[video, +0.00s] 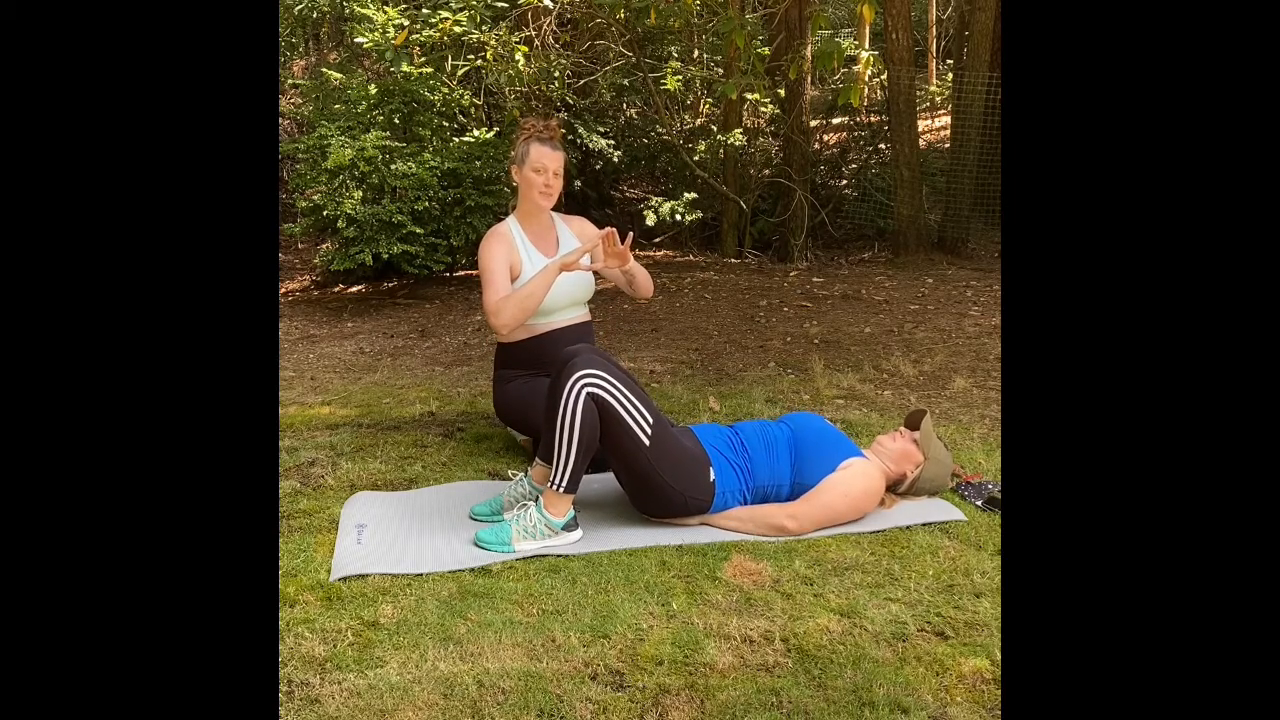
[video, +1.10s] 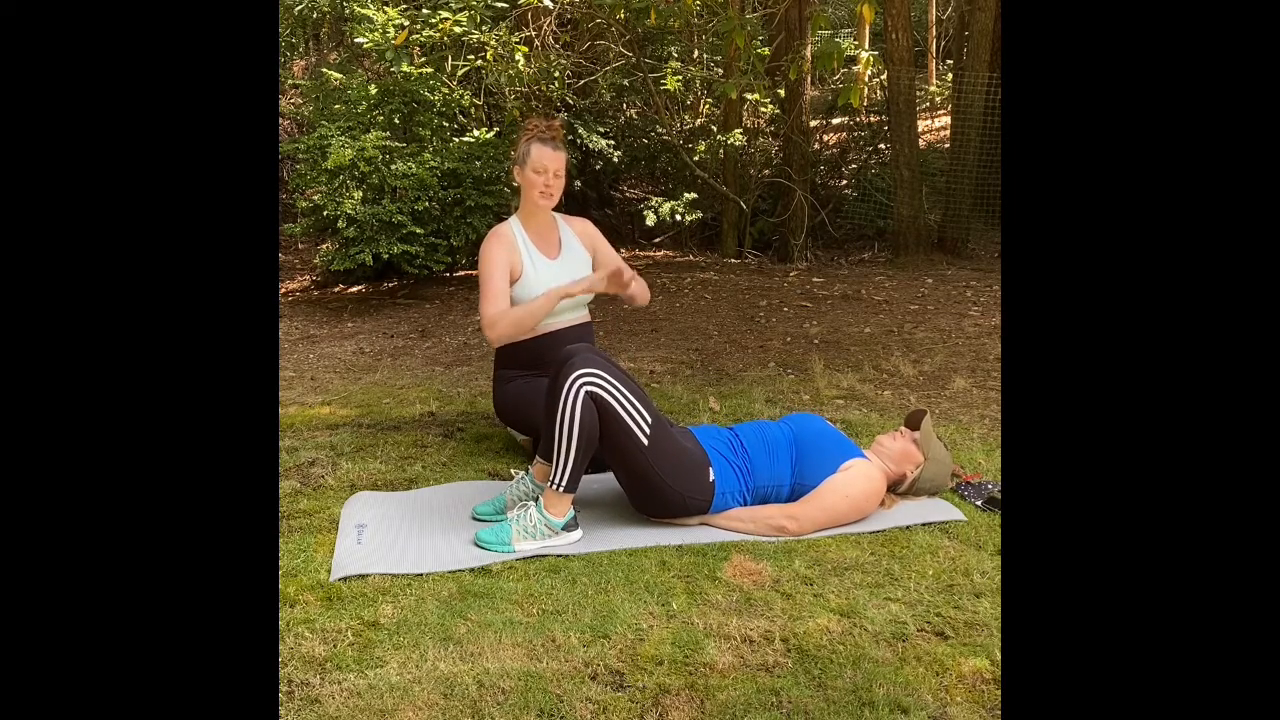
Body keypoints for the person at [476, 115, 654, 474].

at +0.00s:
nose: (550, 182)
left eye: (557, 174)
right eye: (539, 171)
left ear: (564, 179)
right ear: (516, 174)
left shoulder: (579, 229)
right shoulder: (498, 242)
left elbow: (644, 292)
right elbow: (501, 321)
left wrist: (629, 269)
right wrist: (554, 267)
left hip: (583, 364)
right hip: (523, 377)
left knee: (641, 441)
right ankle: (540, 452)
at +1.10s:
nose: (549, 183)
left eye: (558, 175)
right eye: (539, 172)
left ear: (565, 180)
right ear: (518, 174)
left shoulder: (581, 230)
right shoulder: (500, 242)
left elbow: (641, 297)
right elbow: (495, 330)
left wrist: (628, 286)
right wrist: (561, 292)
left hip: (585, 366)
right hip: (523, 379)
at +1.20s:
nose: (549, 181)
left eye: (558, 173)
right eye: (539, 171)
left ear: (565, 179)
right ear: (518, 174)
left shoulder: (583, 231)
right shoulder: (502, 242)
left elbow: (626, 289)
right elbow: (491, 336)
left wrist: (629, 302)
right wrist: (564, 320)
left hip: (581, 368)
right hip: (521, 381)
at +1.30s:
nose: (551, 181)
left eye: (559, 172)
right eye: (540, 170)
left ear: (566, 178)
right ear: (519, 175)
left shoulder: (584, 232)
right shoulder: (503, 243)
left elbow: (620, 299)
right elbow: (491, 342)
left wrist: (625, 337)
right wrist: (569, 355)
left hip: (586, 367)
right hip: (523, 377)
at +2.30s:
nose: (563, 187)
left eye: (571, 177)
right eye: (553, 176)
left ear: (579, 181)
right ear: (531, 179)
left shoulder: (594, 234)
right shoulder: (511, 248)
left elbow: (617, 323)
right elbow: (526, 348)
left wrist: (616, 384)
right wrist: (590, 396)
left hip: (586, 367)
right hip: (526, 378)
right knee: (605, 441)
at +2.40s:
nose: (563, 186)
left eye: (571, 177)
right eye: (552, 176)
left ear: (579, 180)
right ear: (531, 179)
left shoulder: (595, 234)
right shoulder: (512, 247)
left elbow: (618, 324)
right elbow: (526, 349)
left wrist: (617, 384)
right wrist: (589, 396)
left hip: (589, 371)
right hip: (524, 380)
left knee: (584, 350)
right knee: (607, 444)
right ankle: (533, 465)